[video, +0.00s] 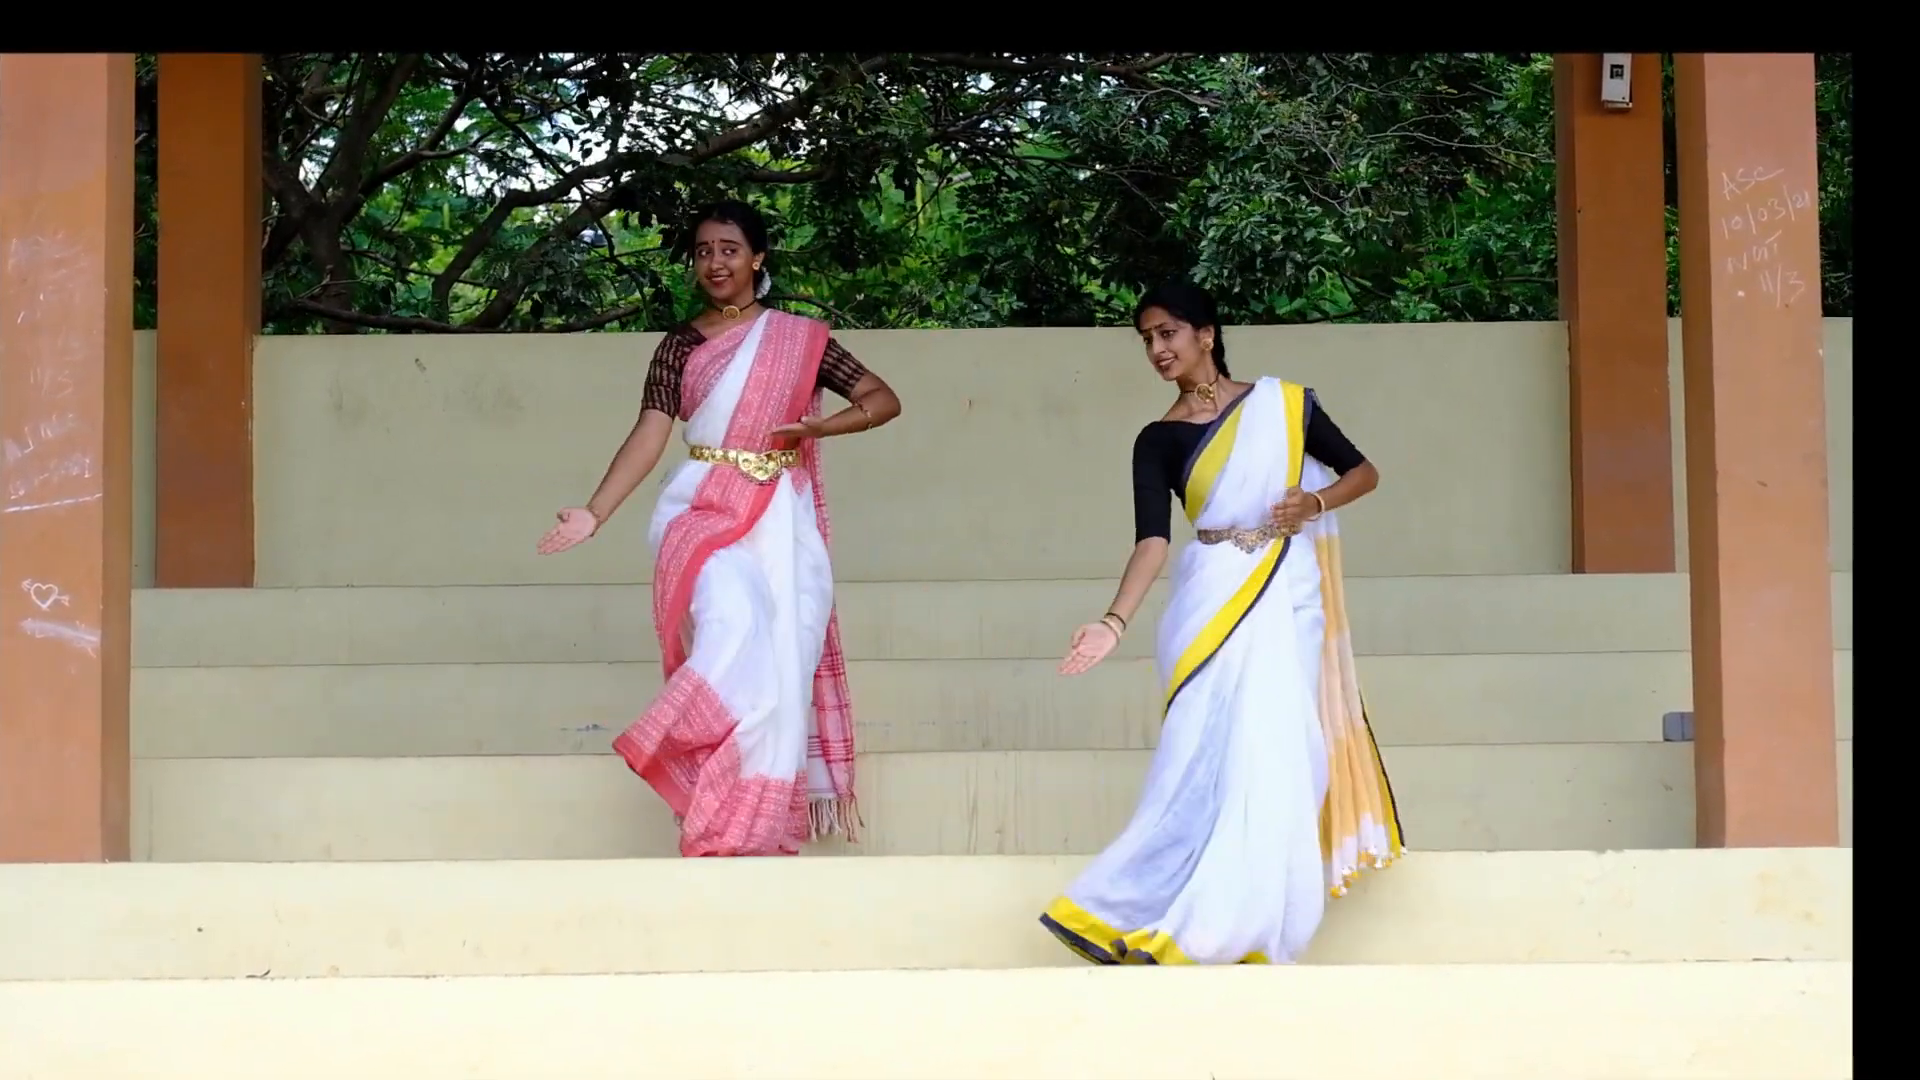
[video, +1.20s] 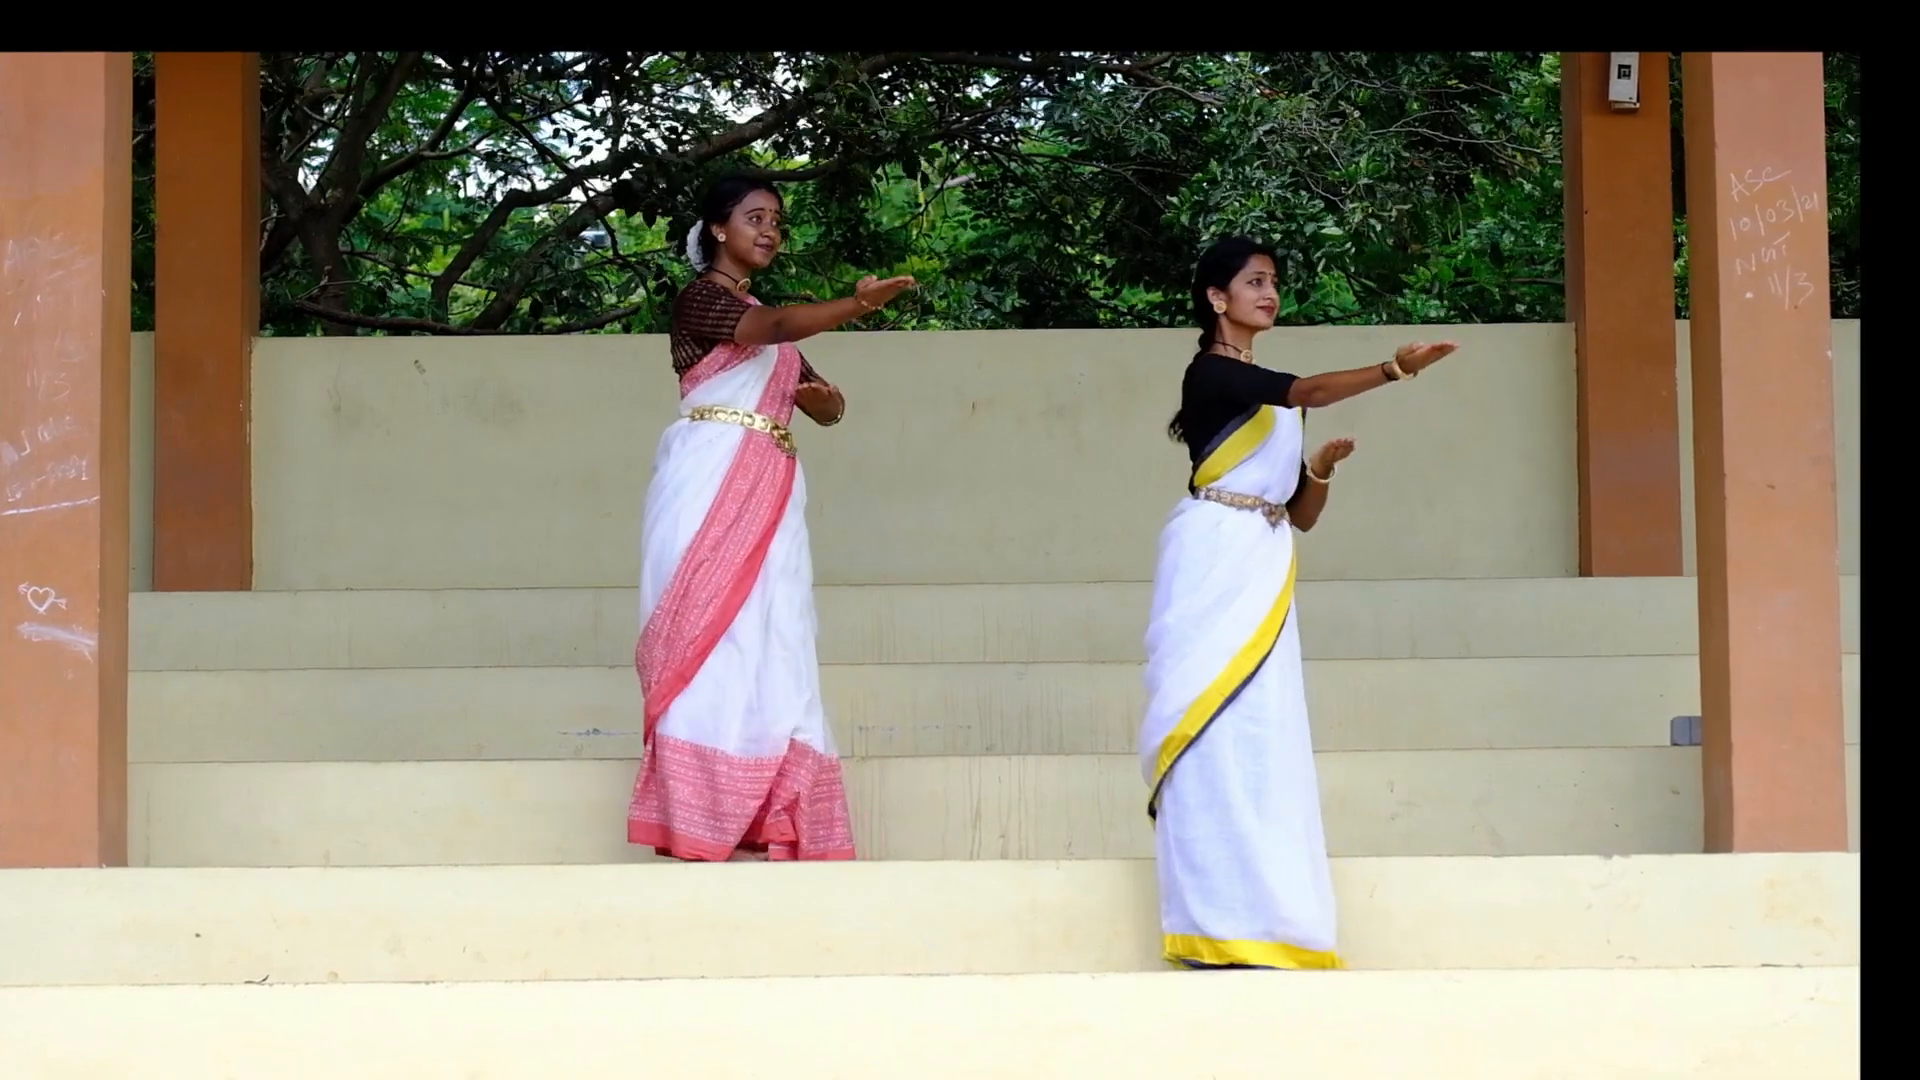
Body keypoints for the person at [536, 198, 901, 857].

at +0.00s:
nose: (715, 263)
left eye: (729, 249)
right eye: (703, 251)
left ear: (757, 259)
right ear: (693, 264)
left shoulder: (800, 336)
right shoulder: (681, 345)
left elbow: (882, 400)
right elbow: (649, 433)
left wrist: (818, 427)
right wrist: (595, 513)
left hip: (782, 507)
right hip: (704, 505)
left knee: (783, 653)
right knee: (728, 624)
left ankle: (764, 824)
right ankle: (715, 801)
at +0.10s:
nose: (744, 261)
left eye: (755, 249)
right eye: (730, 249)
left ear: (770, 261)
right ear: (707, 262)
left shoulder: (797, 341)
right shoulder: (684, 346)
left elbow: (872, 410)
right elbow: (677, 439)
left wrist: (831, 432)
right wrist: (658, 516)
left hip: (781, 511)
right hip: (707, 511)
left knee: (783, 654)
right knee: (723, 651)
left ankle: (769, 822)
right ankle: (717, 805)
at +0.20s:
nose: (761, 262)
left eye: (770, 251)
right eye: (746, 248)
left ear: (776, 263)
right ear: (714, 260)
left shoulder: (791, 343)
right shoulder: (692, 339)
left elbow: (854, 415)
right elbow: (703, 426)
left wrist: (829, 432)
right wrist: (720, 501)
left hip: (780, 507)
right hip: (713, 499)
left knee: (781, 650)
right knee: (730, 648)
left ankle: (772, 811)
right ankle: (713, 813)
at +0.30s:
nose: (768, 256)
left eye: (775, 245)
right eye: (753, 243)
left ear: (780, 256)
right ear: (719, 253)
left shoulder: (787, 340)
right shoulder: (698, 331)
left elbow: (839, 411)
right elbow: (725, 410)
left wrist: (824, 425)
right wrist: (771, 469)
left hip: (777, 498)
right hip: (714, 497)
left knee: (784, 646)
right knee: (730, 648)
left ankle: (784, 809)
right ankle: (714, 812)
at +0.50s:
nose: (778, 241)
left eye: (783, 230)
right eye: (763, 228)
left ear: (784, 243)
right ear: (726, 240)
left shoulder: (783, 329)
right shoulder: (711, 310)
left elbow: (829, 417)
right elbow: (760, 377)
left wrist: (812, 382)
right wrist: (834, 395)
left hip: (771, 490)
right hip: (713, 485)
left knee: (782, 638)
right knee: (731, 638)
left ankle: (791, 809)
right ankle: (730, 812)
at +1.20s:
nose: (770, 234)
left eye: (775, 224)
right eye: (756, 220)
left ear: (774, 236)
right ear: (716, 228)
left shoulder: (768, 315)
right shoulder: (700, 298)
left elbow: (818, 407)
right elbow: (775, 325)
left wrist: (814, 396)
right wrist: (856, 304)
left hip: (771, 488)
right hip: (710, 481)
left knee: (776, 639)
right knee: (714, 637)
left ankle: (771, 816)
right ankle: (706, 818)